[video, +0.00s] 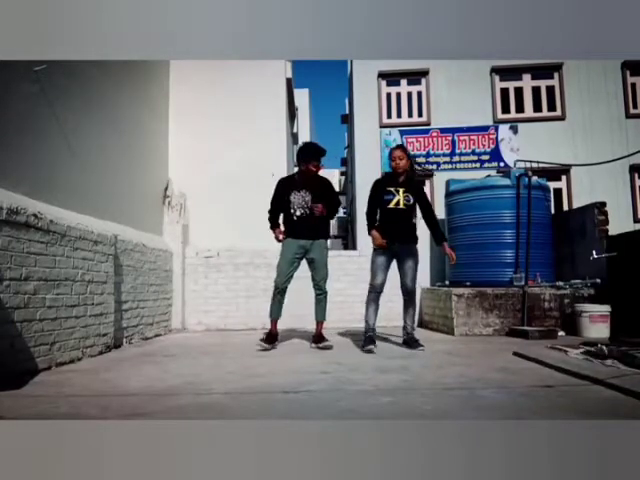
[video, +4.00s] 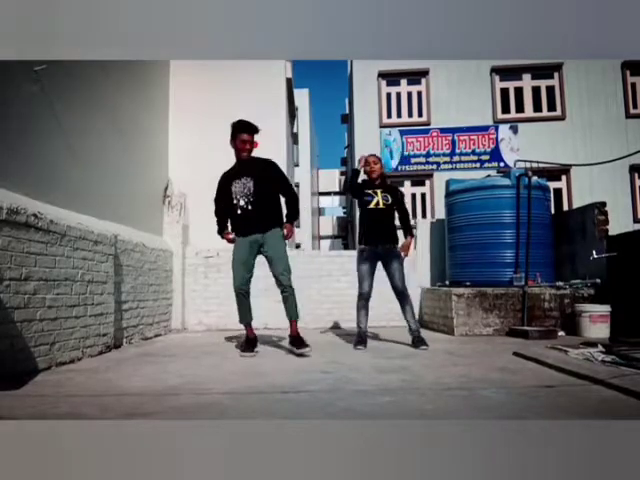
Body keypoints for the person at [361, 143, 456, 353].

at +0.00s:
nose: (397, 163)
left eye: (400, 159)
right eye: (393, 159)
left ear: (408, 161)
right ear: (390, 162)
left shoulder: (415, 185)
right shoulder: (380, 184)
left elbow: (429, 215)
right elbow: (371, 210)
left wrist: (443, 243)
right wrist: (372, 231)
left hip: (407, 243)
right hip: (384, 242)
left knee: (409, 289)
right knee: (375, 287)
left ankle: (409, 334)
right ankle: (369, 334)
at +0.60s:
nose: (378, 162)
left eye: (381, 158)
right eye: (374, 159)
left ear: (386, 161)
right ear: (367, 163)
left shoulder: (396, 183)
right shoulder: (362, 189)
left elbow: (404, 213)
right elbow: (357, 218)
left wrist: (412, 240)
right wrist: (370, 238)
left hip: (399, 242)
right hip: (377, 245)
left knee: (411, 283)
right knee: (377, 291)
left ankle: (413, 331)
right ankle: (372, 336)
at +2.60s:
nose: (378, 166)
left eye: (379, 163)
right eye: (374, 162)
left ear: (379, 165)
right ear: (364, 163)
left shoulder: (380, 186)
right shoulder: (353, 183)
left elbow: (387, 212)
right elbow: (348, 214)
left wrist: (398, 224)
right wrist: (364, 227)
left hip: (387, 241)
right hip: (367, 243)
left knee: (406, 285)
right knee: (368, 290)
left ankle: (418, 332)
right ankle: (366, 336)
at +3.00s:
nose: (394, 166)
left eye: (396, 163)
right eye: (390, 163)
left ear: (399, 166)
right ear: (382, 165)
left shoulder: (405, 189)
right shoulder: (372, 188)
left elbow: (417, 212)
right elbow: (365, 215)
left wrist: (422, 234)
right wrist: (372, 232)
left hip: (407, 243)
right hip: (383, 245)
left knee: (413, 289)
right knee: (378, 291)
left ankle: (417, 335)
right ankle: (368, 336)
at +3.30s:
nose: (402, 162)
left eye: (406, 159)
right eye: (399, 160)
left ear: (412, 162)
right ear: (394, 163)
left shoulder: (419, 184)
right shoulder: (386, 184)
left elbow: (435, 213)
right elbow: (377, 216)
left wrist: (427, 236)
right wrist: (373, 207)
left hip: (411, 243)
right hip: (389, 242)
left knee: (411, 288)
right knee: (378, 286)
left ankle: (417, 334)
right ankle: (373, 333)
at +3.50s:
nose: (400, 164)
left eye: (404, 160)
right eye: (397, 161)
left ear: (411, 163)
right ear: (394, 165)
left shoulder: (419, 185)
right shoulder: (387, 185)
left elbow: (431, 215)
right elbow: (368, 205)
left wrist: (424, 236)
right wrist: (370, 183)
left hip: (410, 244)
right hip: (387, 243)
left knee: (411, 289)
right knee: (378, 289)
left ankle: (417, 334)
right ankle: (375, 333)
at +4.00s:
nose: (371, 167)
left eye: (374, 164)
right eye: (368, 165)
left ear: (382, 166)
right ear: (365, 169)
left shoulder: (393, 191)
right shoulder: (361, 189)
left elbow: (403, 215)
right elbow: (350, 188)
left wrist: (409, 237)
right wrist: (357, 168)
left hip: (389, 246)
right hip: (367, 247)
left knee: (400, 290)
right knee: (364, 292)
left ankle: (416, 334)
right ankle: (361, 336)